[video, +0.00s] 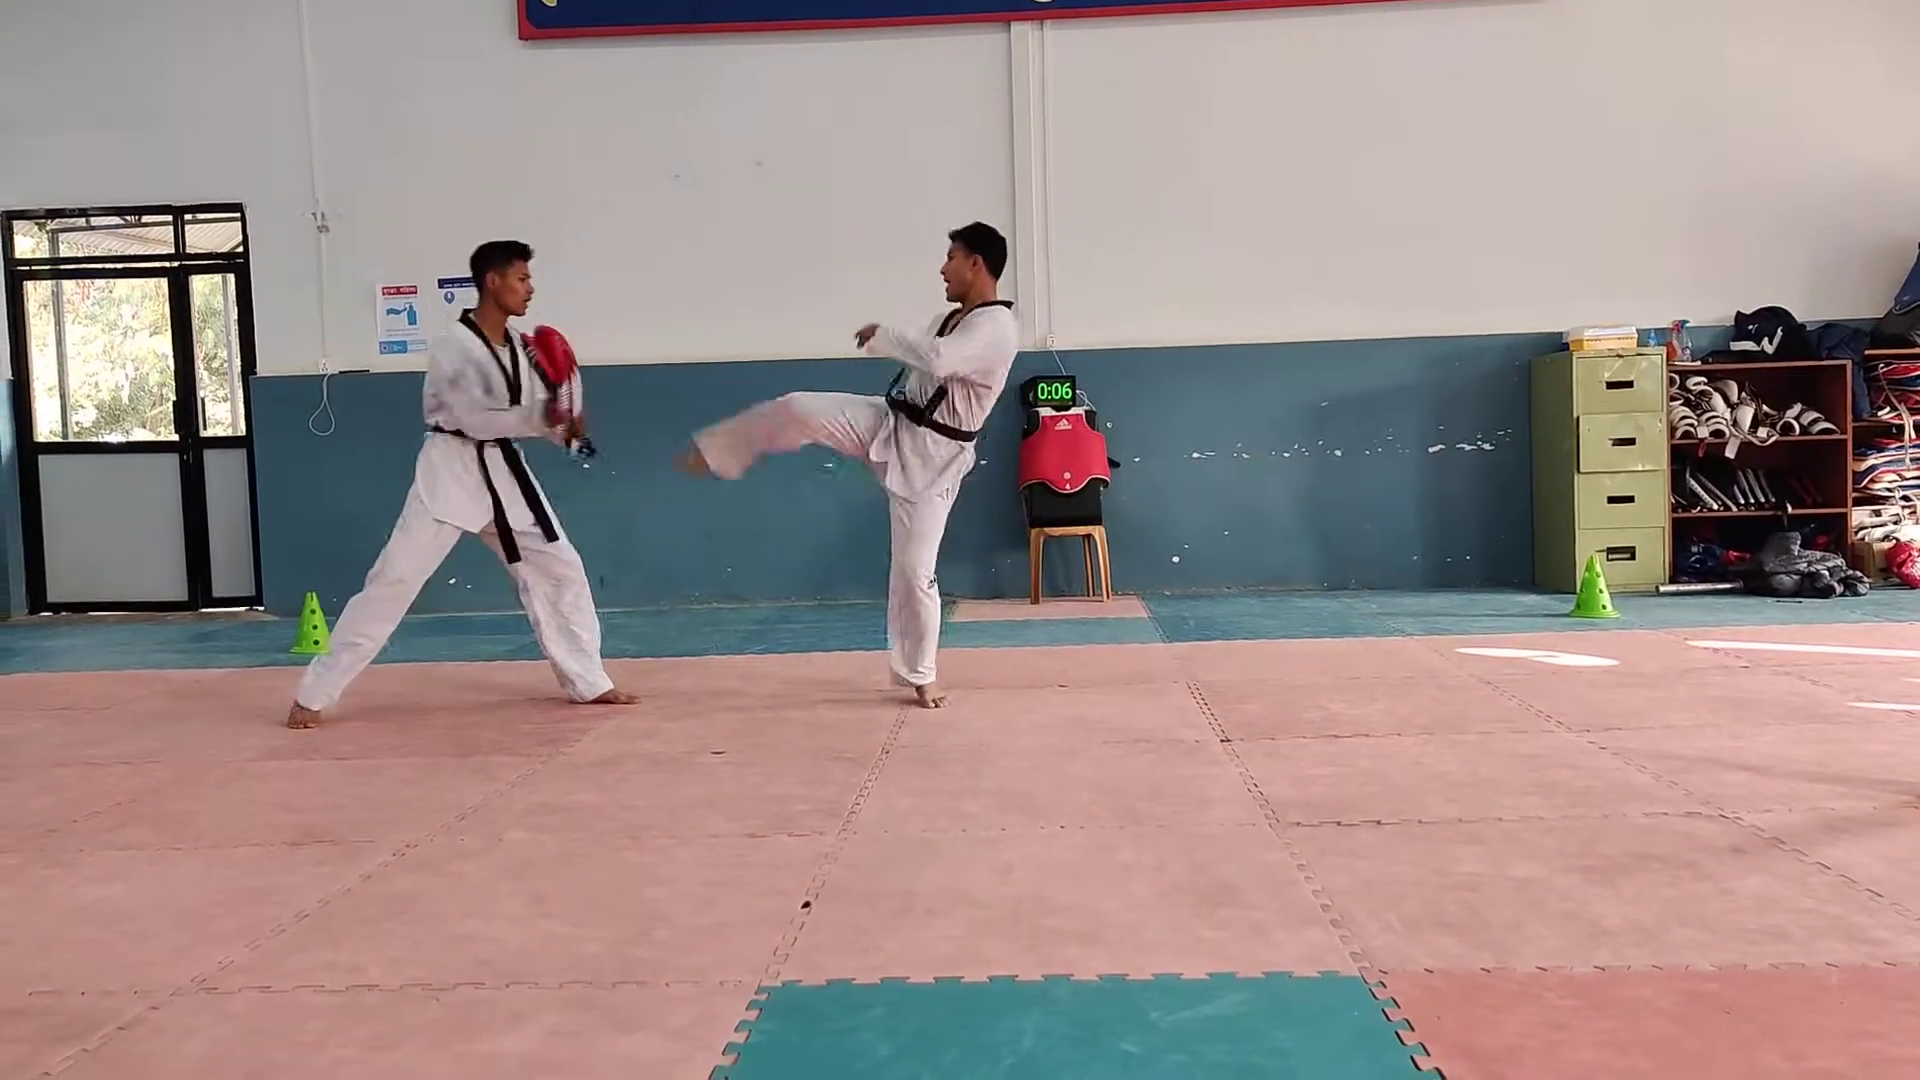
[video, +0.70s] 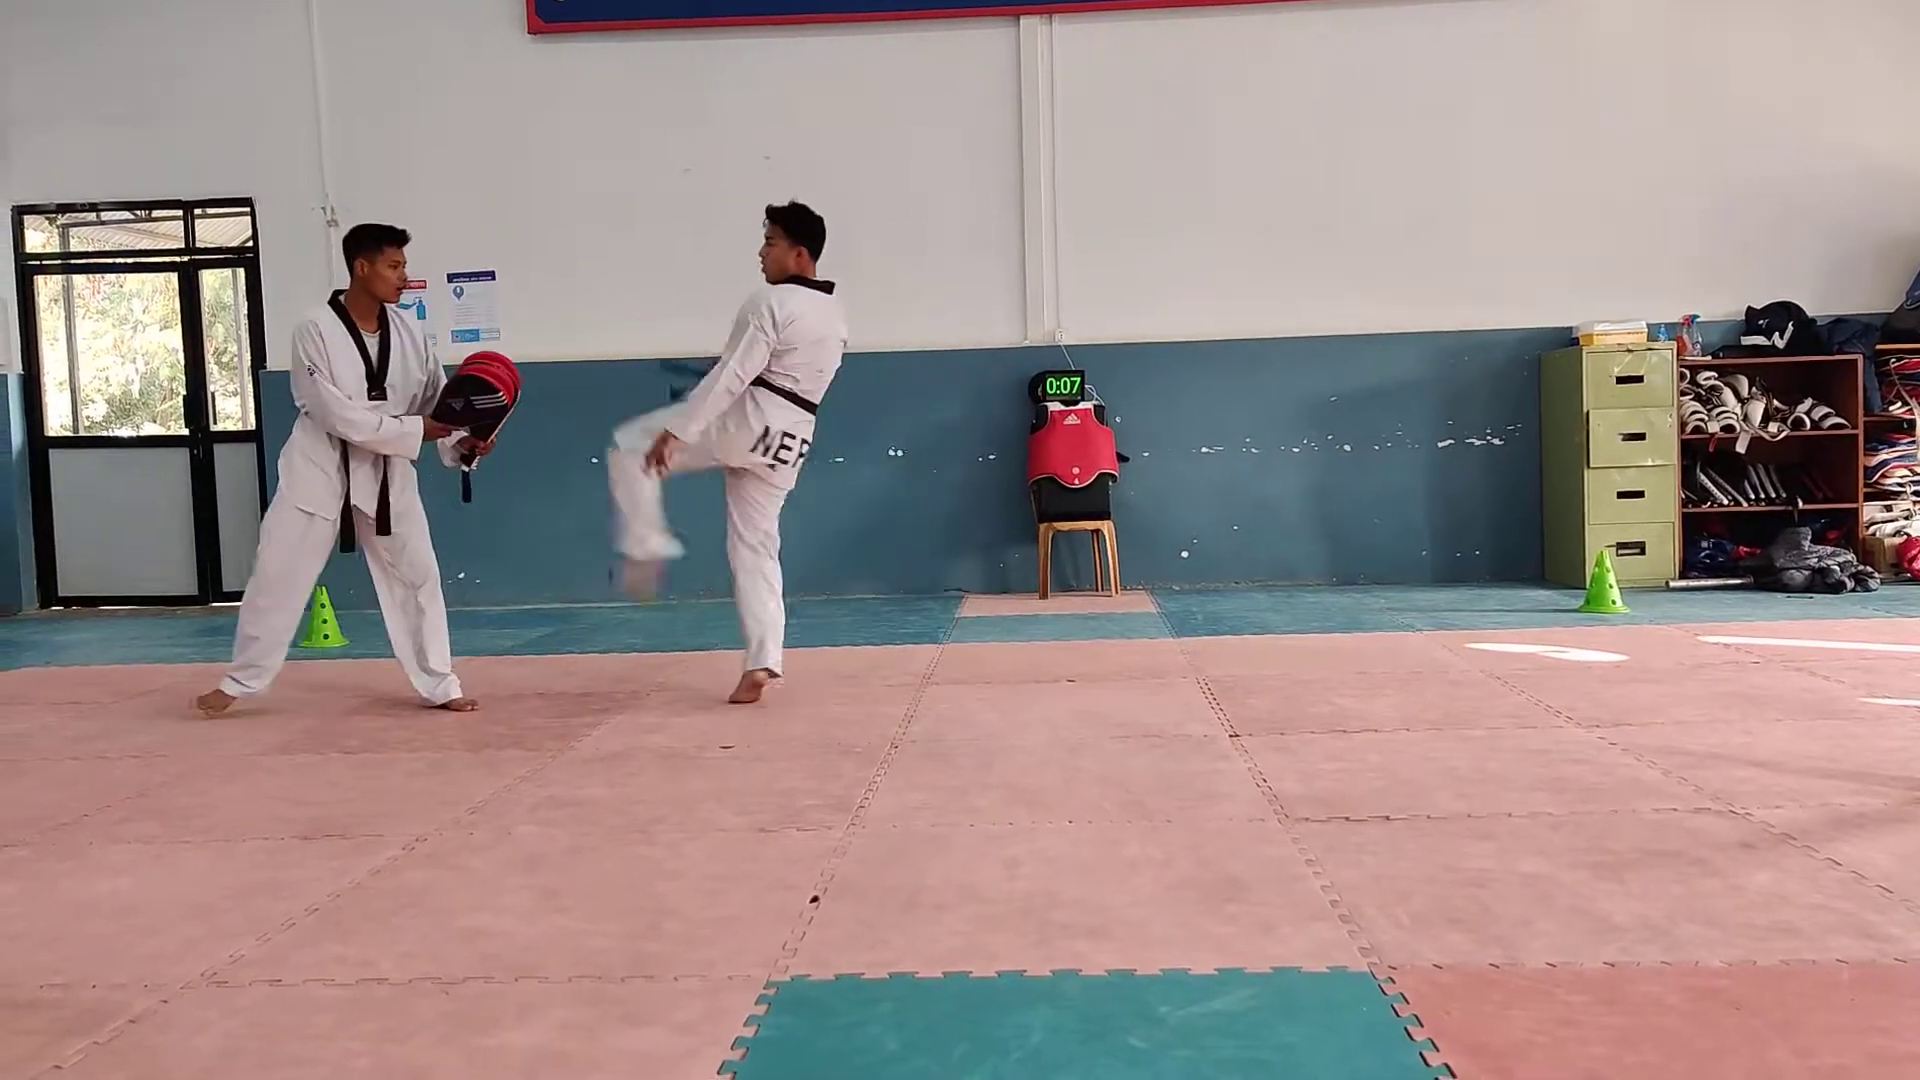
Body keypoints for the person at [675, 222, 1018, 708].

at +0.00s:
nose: (943, 267)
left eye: (952, 258)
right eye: (947, 258)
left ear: (978, 265)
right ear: (976, 266)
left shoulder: (995, 326)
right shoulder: (950, 319)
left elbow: (941, 360)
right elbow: (931, 383)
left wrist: (885, 337)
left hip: (933, 457)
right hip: (892, 422)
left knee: (914, 572)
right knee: (798, 408)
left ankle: (919, 676)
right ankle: (716, 452)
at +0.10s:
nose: (921, 259)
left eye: (929, 249)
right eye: (923, 249)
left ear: (956, 257)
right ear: (952, 257)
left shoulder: (984, 320)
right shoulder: (919, 310)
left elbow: (970, 397)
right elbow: (904, 373)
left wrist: (895, 396)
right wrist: (891, 385)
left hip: (932, 450)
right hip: (882, 431)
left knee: (925, 567)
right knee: (787, 468)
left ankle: (951, 668)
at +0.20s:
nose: (892, 275)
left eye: (901, 266)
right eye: (895, 265)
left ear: (929, 276)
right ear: (921, 275)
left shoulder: (962, 349)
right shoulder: (890, 332)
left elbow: (960, 431)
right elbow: (875, 408)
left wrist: (892, 460)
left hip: (929, 471)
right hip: (873, 462)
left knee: (941, 584)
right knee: (804, 530)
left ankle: (984, 678)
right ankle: (765, 638)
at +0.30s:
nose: (854, 296)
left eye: (863, 288)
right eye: (857, 287)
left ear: (891, 298)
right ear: (885, 297)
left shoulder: (920, 369)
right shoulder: (861, 353)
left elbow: (910, 456)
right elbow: (855, 432)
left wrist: (841, 488)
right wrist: (832, 482)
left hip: (913, 483)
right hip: (858, 479)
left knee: (926, 594)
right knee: (803, 568)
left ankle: (980, 680)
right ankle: (772, 684)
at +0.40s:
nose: (813, 306)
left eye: (821, 297)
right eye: (816, 296)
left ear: (848, 309)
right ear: (844, 309)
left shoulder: (880, 375)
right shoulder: (827, 365)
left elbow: (853, 457)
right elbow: (833, 443)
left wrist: (778, 477)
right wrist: (818, 489)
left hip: (891, 491)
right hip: (837, 489)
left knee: (913, 600)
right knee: (779, 566)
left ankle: (981, 677)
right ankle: (775, 685)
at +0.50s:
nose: (786, 294)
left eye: (795, 285)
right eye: (790, 284)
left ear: (820, 297)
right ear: (821, 298)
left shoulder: (828, 359)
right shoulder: (813, 355)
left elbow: (772, 428)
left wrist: (724, 386)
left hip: (851, 480)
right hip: (811, 484)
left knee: (890, 591)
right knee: (760, 571)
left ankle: (978, 665)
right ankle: (772, 685)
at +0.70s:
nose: (761, 251)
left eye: (770, 243)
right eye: (764, 241)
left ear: (800, 253)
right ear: (805, 254)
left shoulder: (772, 302)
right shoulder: (832, 312)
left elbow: (732, 374)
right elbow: (803, 383)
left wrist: (677, 432)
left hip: (745, 418)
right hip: (790, 441)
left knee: (628, 443)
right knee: (756, 547)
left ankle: (646, 548)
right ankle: (762, 661)